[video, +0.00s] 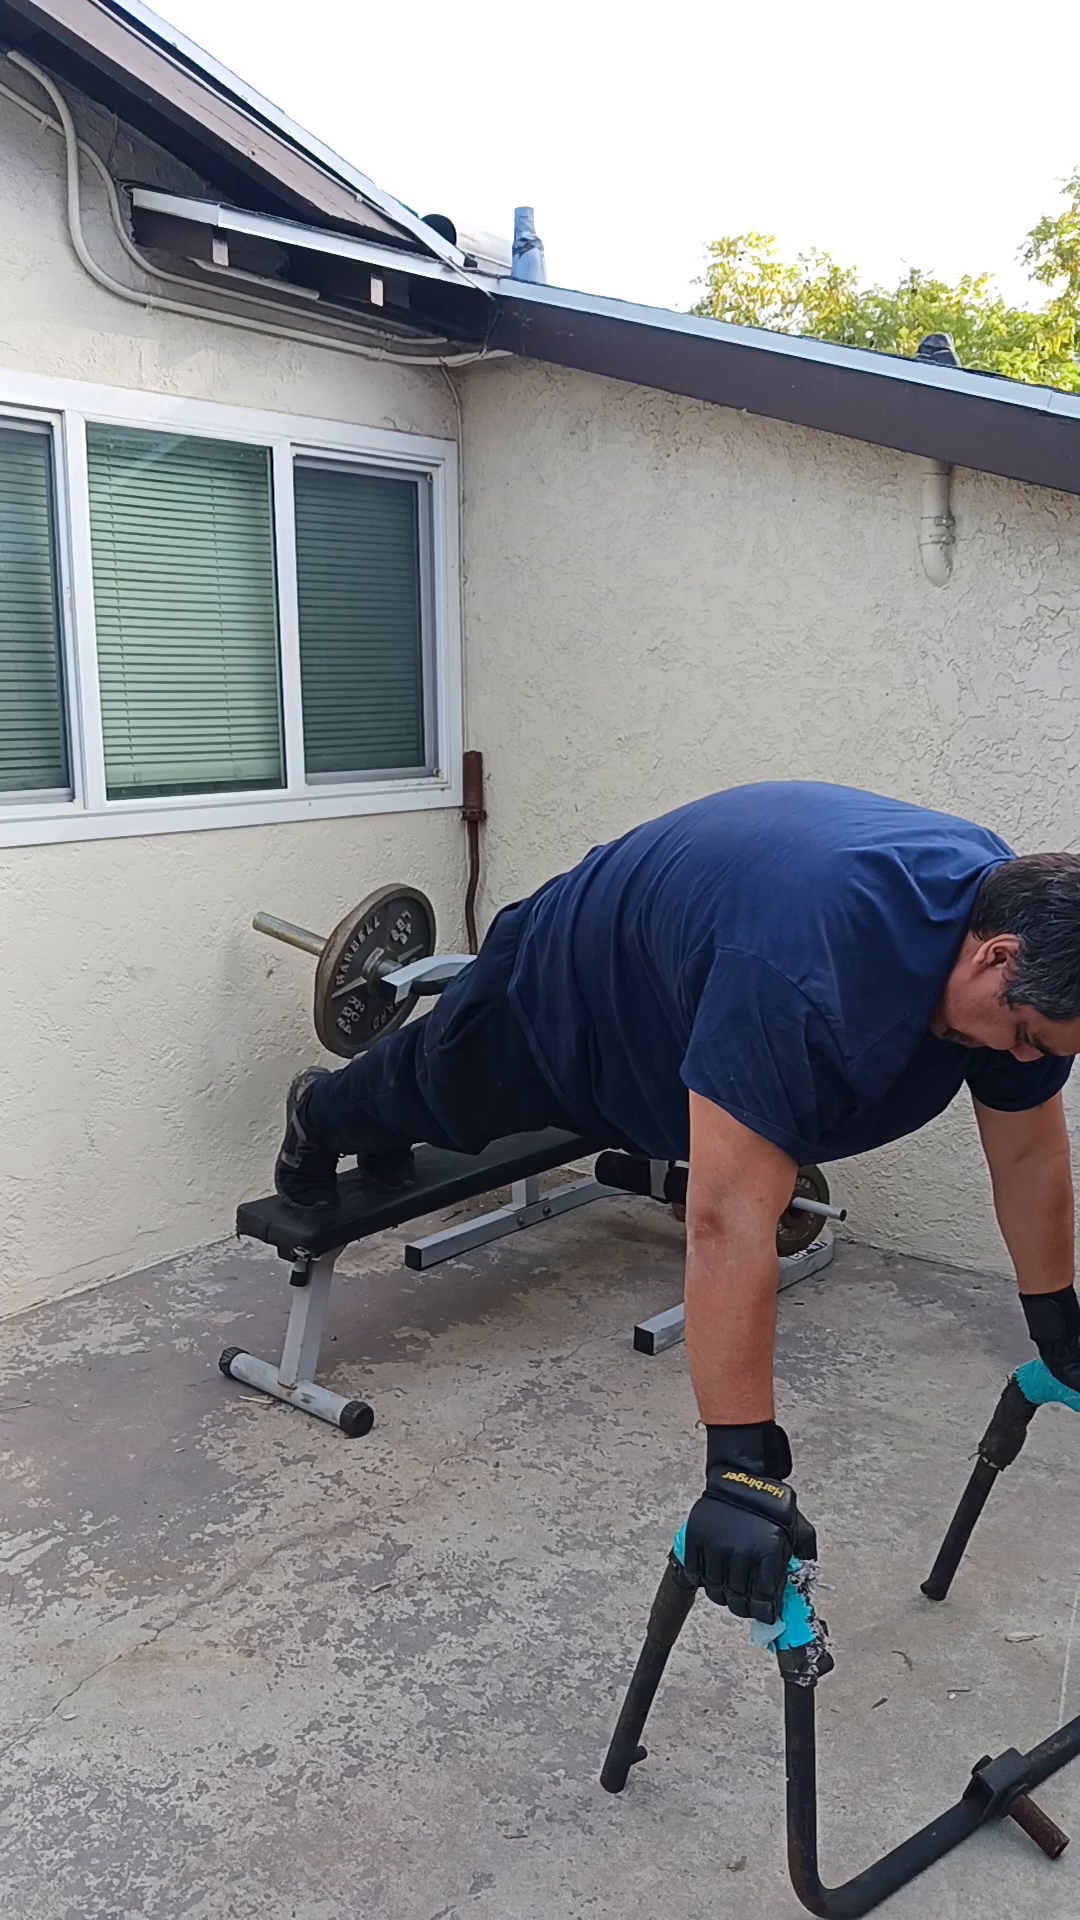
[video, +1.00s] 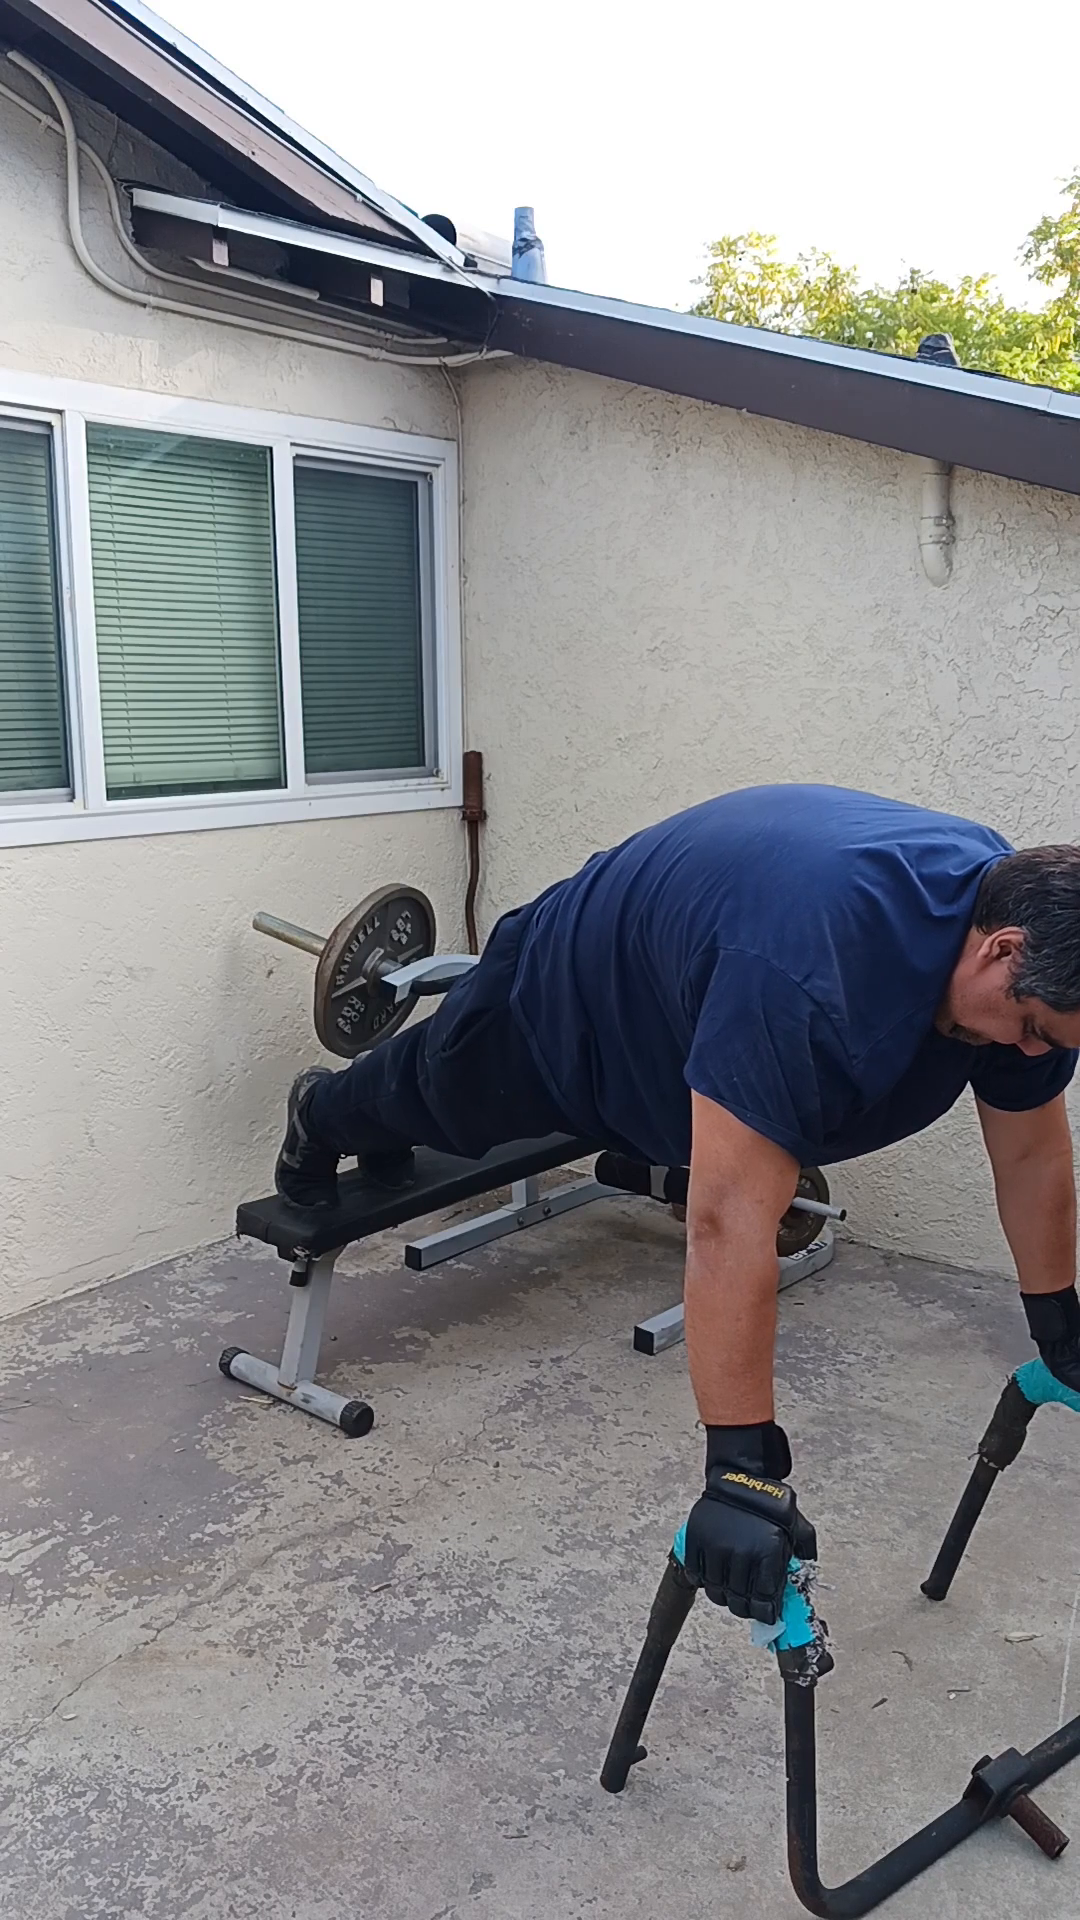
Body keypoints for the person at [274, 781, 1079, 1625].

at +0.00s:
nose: (1041, 1064)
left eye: (1056, 1050)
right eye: (1040, 1041)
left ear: (1004, 950)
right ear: (991, 963)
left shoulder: (1018, 941)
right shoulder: (802, 955)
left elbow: (1031, 1154)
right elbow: (725, 1220)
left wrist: (1056, 1324)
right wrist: (743, 1468)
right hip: (569, 981)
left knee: (495, 1078)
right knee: (429, 1077)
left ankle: (389, 1122)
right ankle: (319, 1115)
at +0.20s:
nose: (1044, 1056)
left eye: (1057, 1043)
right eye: (1040, 1033)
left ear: (1007, 948)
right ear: (992, 960)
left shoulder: (1022, 952)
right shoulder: (804, 956)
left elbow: (1031, 1153)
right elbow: (728, 1217)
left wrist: (1056, 1323)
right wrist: (743, 1468)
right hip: (571, 981)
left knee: (492, 1083)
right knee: (429, 1076)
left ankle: (387, 1122)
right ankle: (320, 1112)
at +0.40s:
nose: (1042, 1052)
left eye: (1057, 1039)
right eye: (1040, 1029)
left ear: (1014, 945)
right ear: (996, 952)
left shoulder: (1024, 960)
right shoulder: (811, 949)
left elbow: (1034, 1155)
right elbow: (730, 1218)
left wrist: (1056, 1324)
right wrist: (744, 1470)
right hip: (570, 986)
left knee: (491, 1086)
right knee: (429, 1077)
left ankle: (386, 1123)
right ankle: (319, 1112)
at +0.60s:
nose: (1045, 1054)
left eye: (1058, 1040)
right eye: (1042, 1030)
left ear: (1014, 947)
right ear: (997, 954)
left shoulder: (1028, 965)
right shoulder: (809, 954)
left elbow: (1035, 1158)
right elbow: (729, 1218)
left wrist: (1057, 1322)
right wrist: (744, 1467)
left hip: (684, 1003)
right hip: (570, 989)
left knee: (496, 1093)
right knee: (429, 1082)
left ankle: (389, 1126)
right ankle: (318, 1113)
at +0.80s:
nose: (1040, 1053)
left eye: (1056, 1040)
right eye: (1038, 1030)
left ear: (1013, 946)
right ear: (994, 953)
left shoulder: (1026, 962)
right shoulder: (809, 953)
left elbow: (1035, 1160)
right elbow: (728, 1217)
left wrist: (1057, 1323)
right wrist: (743, 1467)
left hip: (683, 998)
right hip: (570, 986)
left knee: (495, 1090)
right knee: (429, 1080)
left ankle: (388, 1124)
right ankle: (319, 1113)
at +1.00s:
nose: (1041, 1052)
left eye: (1056, 1040)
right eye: (1038, 1029)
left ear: (1013, 946)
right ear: (994, 953)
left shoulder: (1028, 964)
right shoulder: (810, 951)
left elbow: (1036, 1159)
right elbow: (727, 1218)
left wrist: (1058, 1325)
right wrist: (743, 1469)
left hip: (700, 997)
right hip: (573, 987)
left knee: (499, 1089)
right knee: (430, 1082)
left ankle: (390, 1123)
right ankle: (319, 1113)